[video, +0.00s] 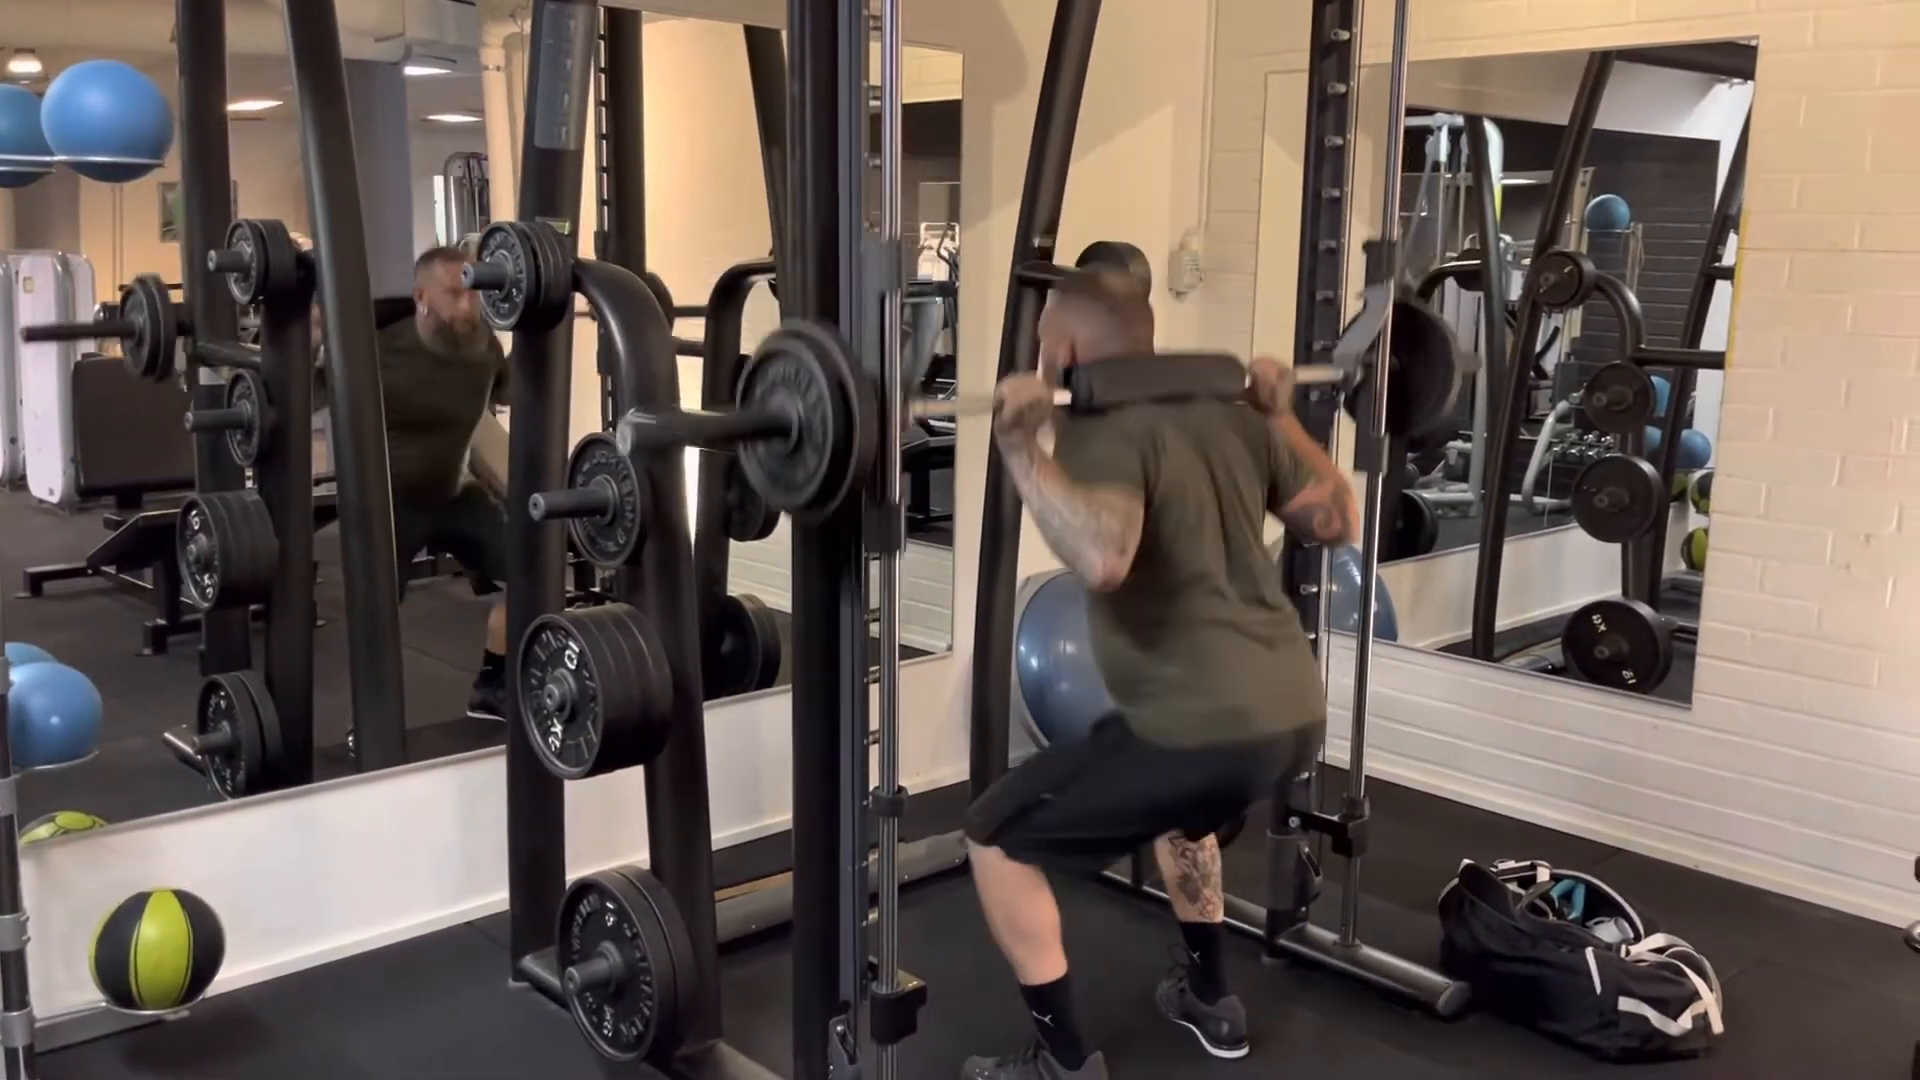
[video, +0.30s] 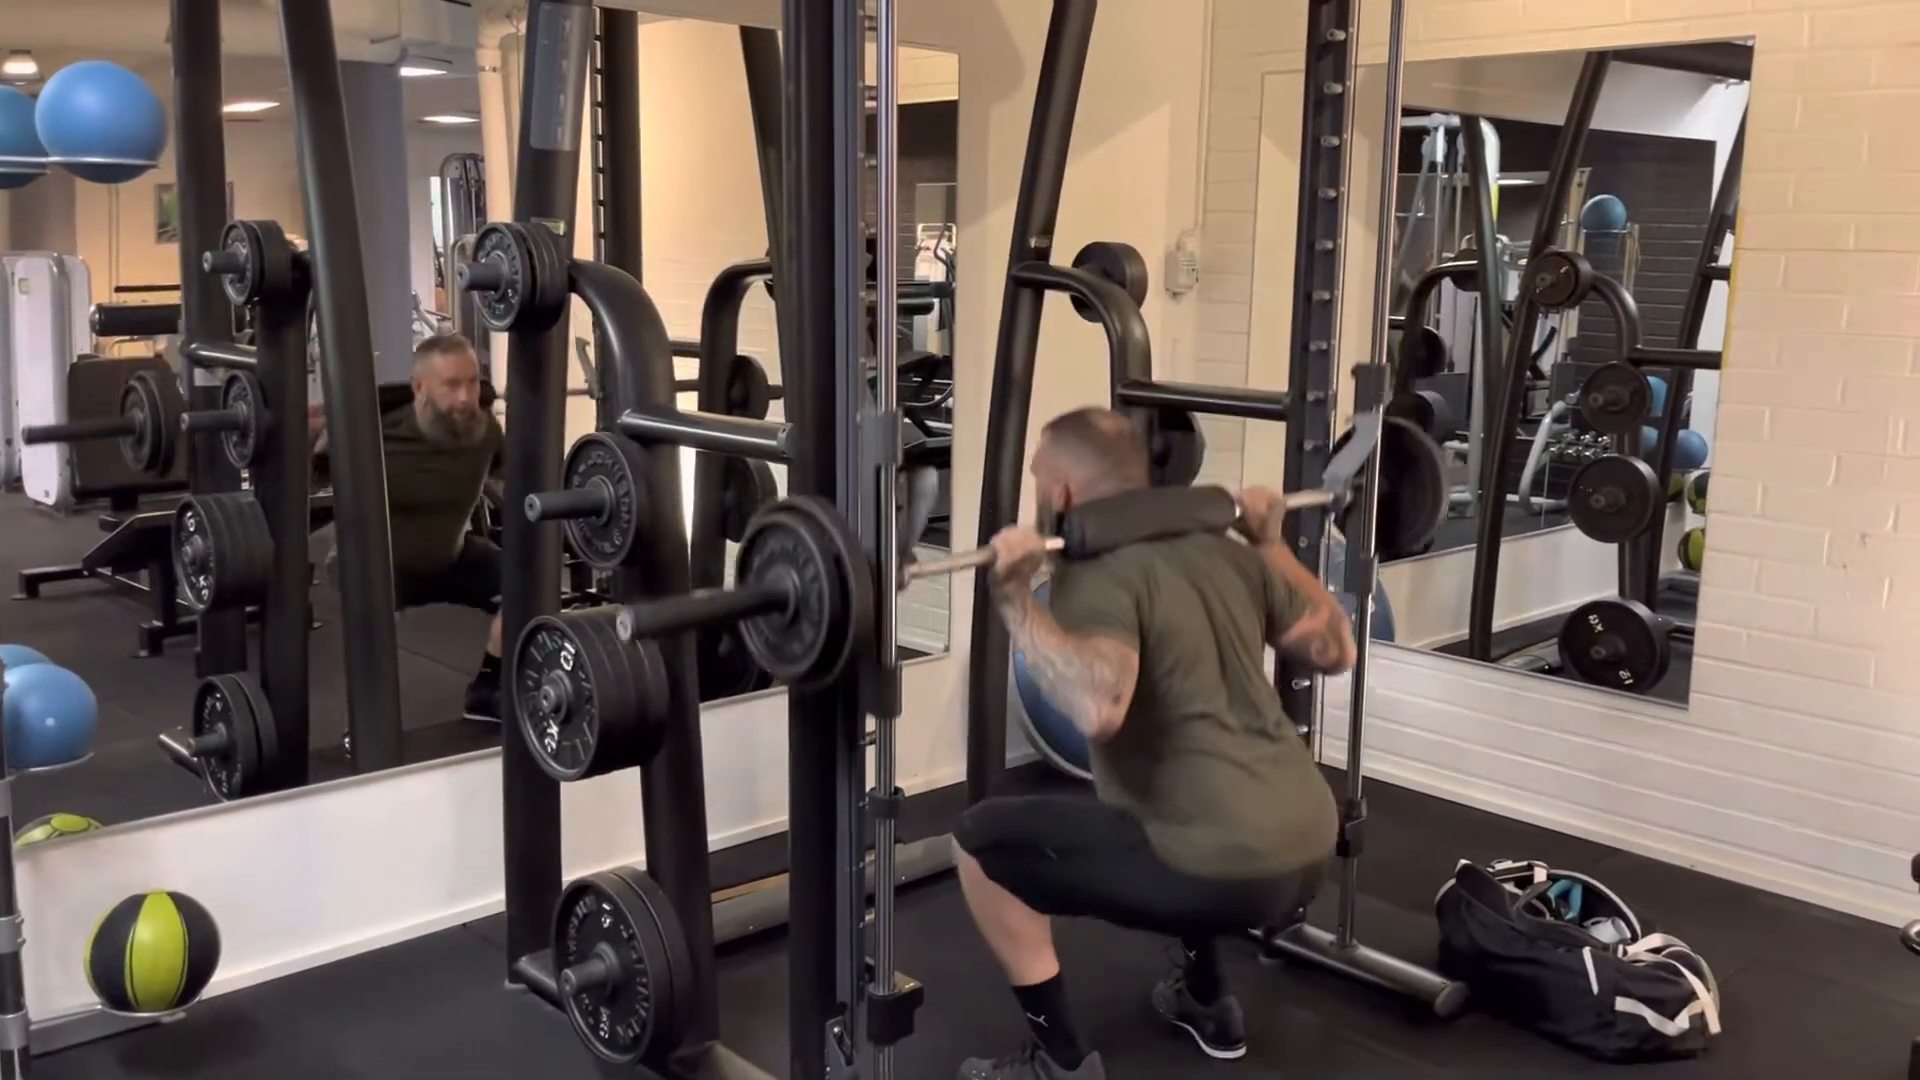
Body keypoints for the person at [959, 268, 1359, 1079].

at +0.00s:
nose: (1043, 347)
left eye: (1047, 330)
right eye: (1046, 328)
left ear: (1071, 337)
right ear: (1140, 333)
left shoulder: (1106, 423)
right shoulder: (1233, 412)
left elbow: (1102, 556)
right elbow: (1337, 517)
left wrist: (1023, 451)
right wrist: (1279, 413)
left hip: (1193, 733)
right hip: (1292, 719)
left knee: (996, 834)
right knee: (1178, 813)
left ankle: (1062, 1050)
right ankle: (1213, 998)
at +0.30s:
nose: (1037, 499)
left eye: (1038, 483)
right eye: (1035, 482)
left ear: (1064, 494)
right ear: (1139, 479)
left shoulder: (1101, 571)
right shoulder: (1227, 554)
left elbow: (1100, 705)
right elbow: (1335, 648)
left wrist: (1015, 596)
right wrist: (1273, 544)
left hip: (1212, 871)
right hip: (1308, 853)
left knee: (982, 841)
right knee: (1165, 800)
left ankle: (1058, 1054)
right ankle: (1209, 996)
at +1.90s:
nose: (1039, 211)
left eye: (1043, 195)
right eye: (1043, 196)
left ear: (1069, 193)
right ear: (1146, 191)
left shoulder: (1093, 285)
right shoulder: (1225, 282)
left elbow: (1079, 413)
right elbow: (1313, 402)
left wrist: (1008, 288)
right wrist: (1274, 291)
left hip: (1133, 605)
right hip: (1234, 593)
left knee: (1073, 840)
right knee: (1197, 805)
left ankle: (1062, 1064)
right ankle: (1210, 1017)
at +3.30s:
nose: (1031, 581)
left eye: (1032, 564)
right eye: (1031, 563)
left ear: (1056, 574)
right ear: (1131, 559)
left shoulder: (1096, 651)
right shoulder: (1222, 630)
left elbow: (1089, 795)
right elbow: (1326, 730)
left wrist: (1002, 681)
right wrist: (1263, 622)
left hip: (1207, 960)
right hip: (1305, 935)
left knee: (973, 861)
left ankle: (1050, 1067)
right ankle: (1211, 1038)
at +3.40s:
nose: (1032, 557)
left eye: (1033, 541)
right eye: (1032, 540)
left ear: (1056, 551)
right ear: (1133, 538)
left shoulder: (1095, 626)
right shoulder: (1221, 606)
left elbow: (1087, 767)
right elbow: (1328, 705)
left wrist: (1003, 655)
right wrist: (1263, 601)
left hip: (1211, 928)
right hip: (1309, 911)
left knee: (974, 861)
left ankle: (1050, 1067)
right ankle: (1204, 1027)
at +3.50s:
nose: (1034, 524)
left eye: (1035, 508)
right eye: (1033, 507)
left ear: (1058, 515)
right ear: (1132, 503)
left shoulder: (1094, 591)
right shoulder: (1222, 575)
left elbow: (1091, 729)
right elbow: (1329, 674)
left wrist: (1004, 621)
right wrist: (1265, 568)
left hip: (1209, 892)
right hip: (1309, 876)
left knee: (977, 863)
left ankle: (1050, 1067)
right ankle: (1203, 1021)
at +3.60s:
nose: (1034, 478)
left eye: (1035, 463)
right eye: (1033, 463)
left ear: (1057, 473)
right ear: (1135, 460)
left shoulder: (1094, 549)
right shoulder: (1222, 537)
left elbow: (1088, 686)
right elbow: (1326, 638)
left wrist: (1004, 576)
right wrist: (1264, 531)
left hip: (1206, 848)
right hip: (1308, 836)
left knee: (980, 864)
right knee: (1151, 825)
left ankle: (1050, 1067)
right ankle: (1204, 1022)